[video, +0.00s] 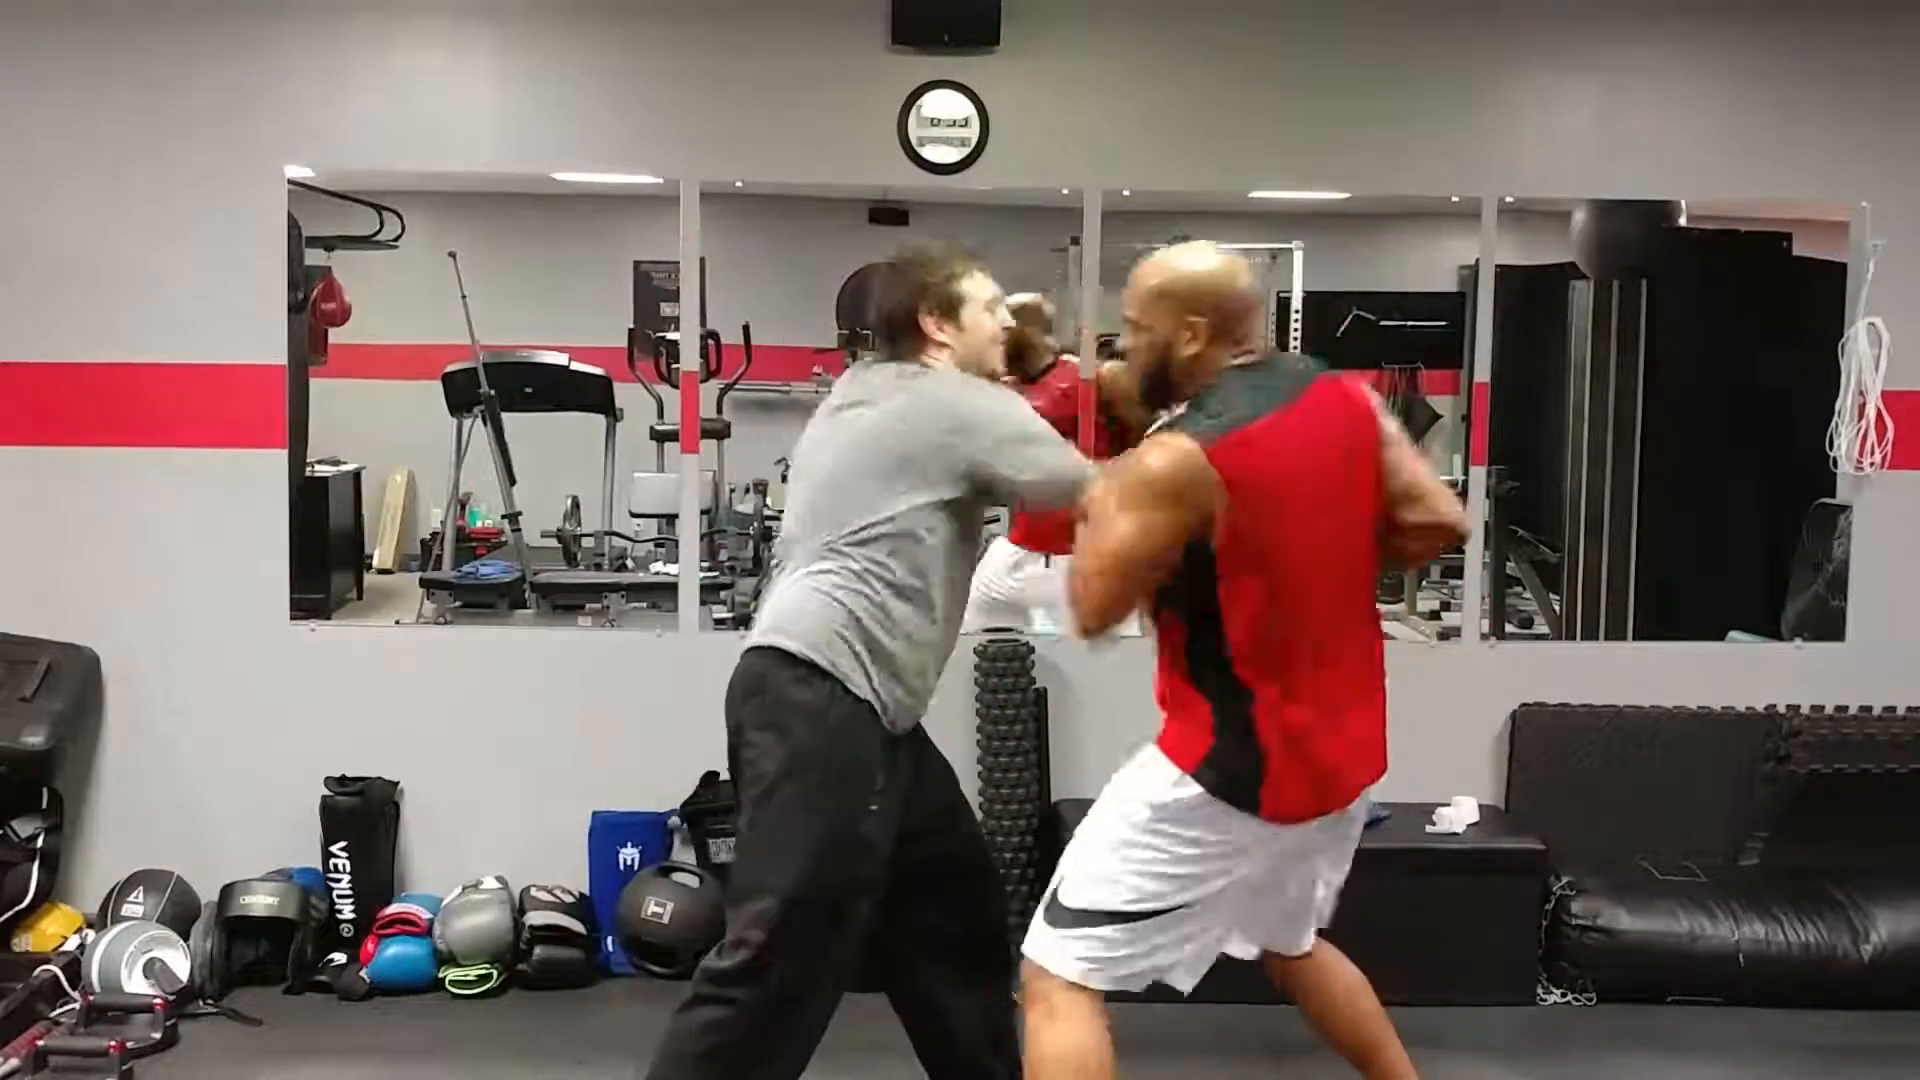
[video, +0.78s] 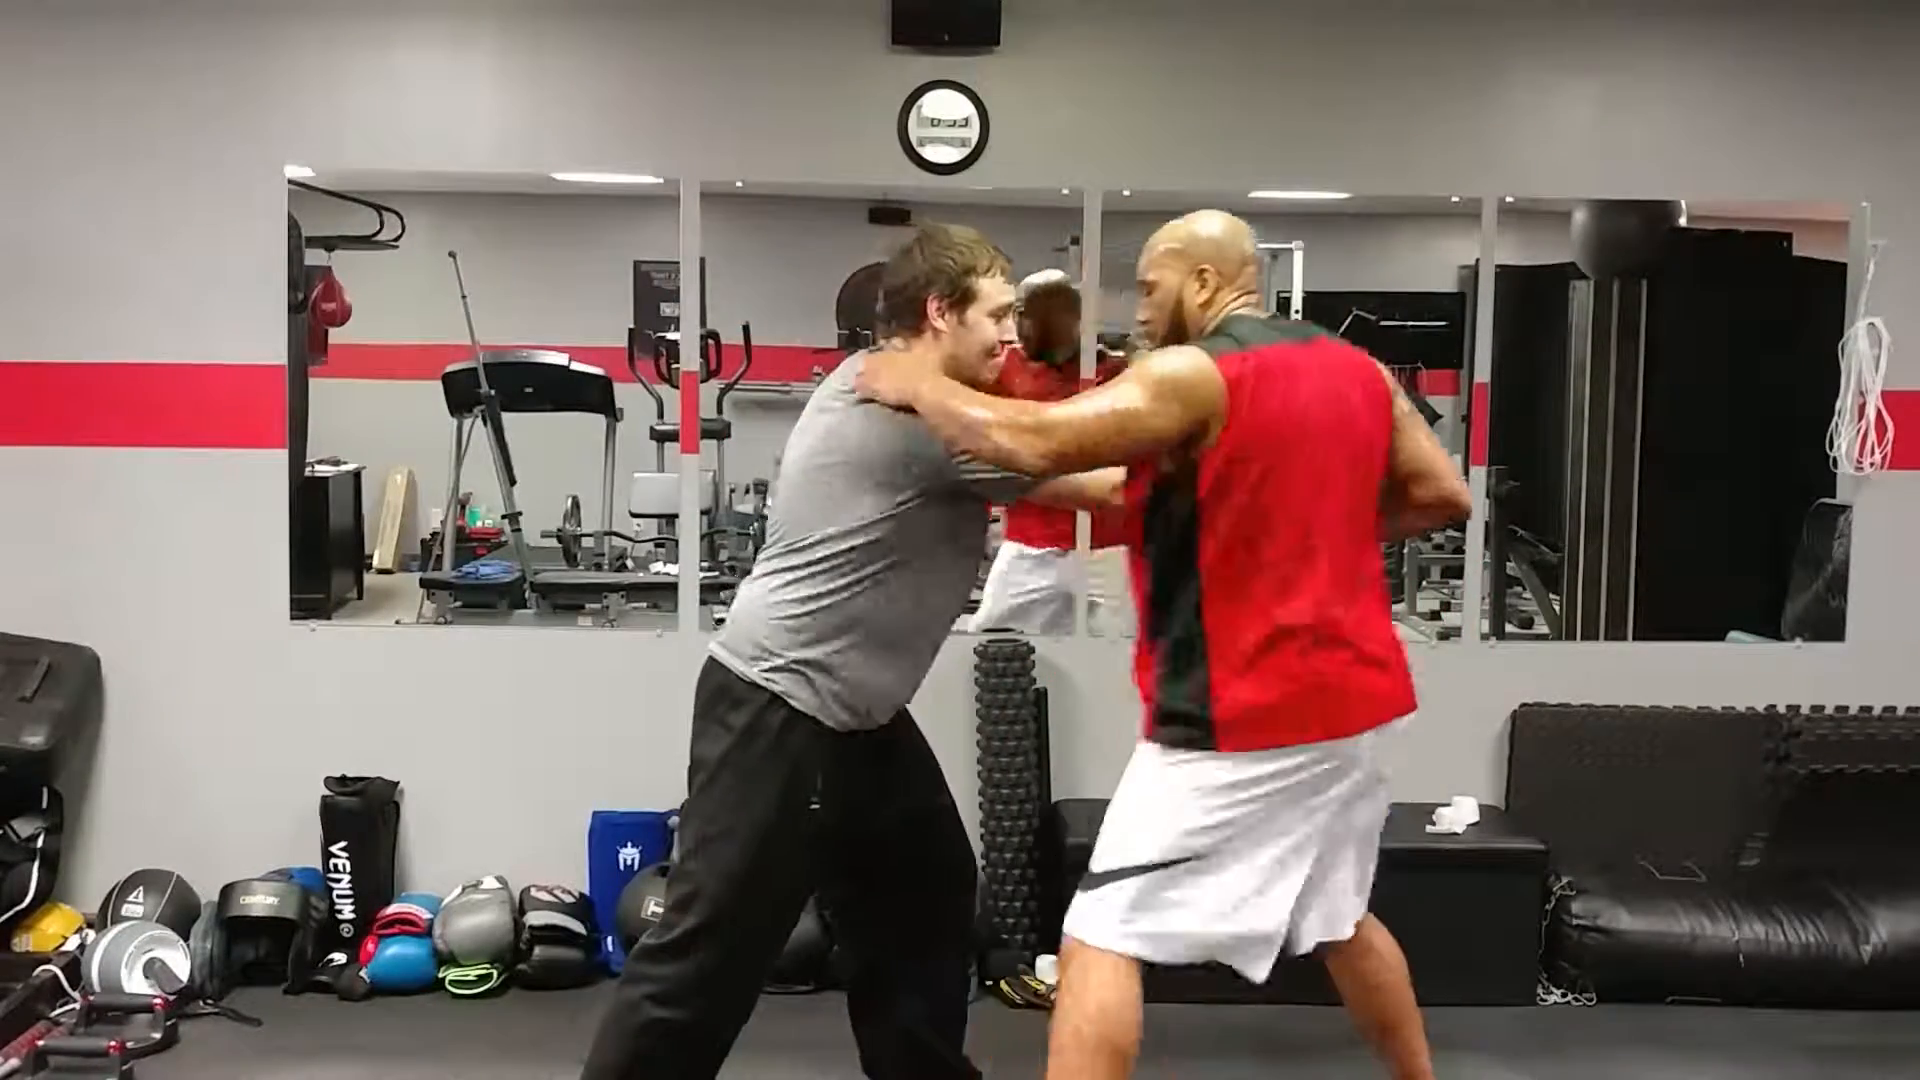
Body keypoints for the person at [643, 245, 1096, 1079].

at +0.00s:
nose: (1006, 332)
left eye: (1003, 311)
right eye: (991, 311)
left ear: (915, 330)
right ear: (935, 325)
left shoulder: (856, 400)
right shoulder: (954, 402)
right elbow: (1089, 489)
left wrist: (999, 363)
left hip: (862, 711)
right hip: (818, 694)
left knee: (960, 934)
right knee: (782, 952)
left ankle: (990, 1069)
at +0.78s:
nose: (1010, 338)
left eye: (1010, 319)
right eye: (996, 316)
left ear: (936, 316)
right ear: (938, 314)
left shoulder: (864, 385)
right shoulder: (922, 418)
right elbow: (1080, 480)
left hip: (857, 714)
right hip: (775, 706)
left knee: (926, 909)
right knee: (705, 956)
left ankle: (920, 1067)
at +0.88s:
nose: (1015, 334)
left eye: (1015, 314)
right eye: (1000, 310)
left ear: (931, 315)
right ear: (936, 313)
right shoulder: (926, 413)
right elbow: (1090, 510)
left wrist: (1220, 509)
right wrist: (1229, 503)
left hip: (861, 711)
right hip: (775, 700)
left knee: (927, 904)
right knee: (703, 955)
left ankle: (922, 1068)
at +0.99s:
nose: (1004, 320)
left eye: (1003, 300)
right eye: (988, 298)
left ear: (928, 309)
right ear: (927, 307)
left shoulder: (924, 391)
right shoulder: (908, 396)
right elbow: (1016, 552)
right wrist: (1165, 547)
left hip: (852, 700)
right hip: (765, 684)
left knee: (919, 895)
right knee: (685, 932)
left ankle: (923, 1070)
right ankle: (595, 1078)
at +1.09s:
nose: (967, 312)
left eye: (966, 293)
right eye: (951, 292)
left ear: (896, 304)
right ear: (889, 302)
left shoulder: (905, 397)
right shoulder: (846, 398)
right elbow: (891, 579)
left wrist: (1018, 393)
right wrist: (1028, 564)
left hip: (843, 710)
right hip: (744, 695)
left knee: (919, 905)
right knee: (651, 942)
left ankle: (924, 1069)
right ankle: (547, 1074)